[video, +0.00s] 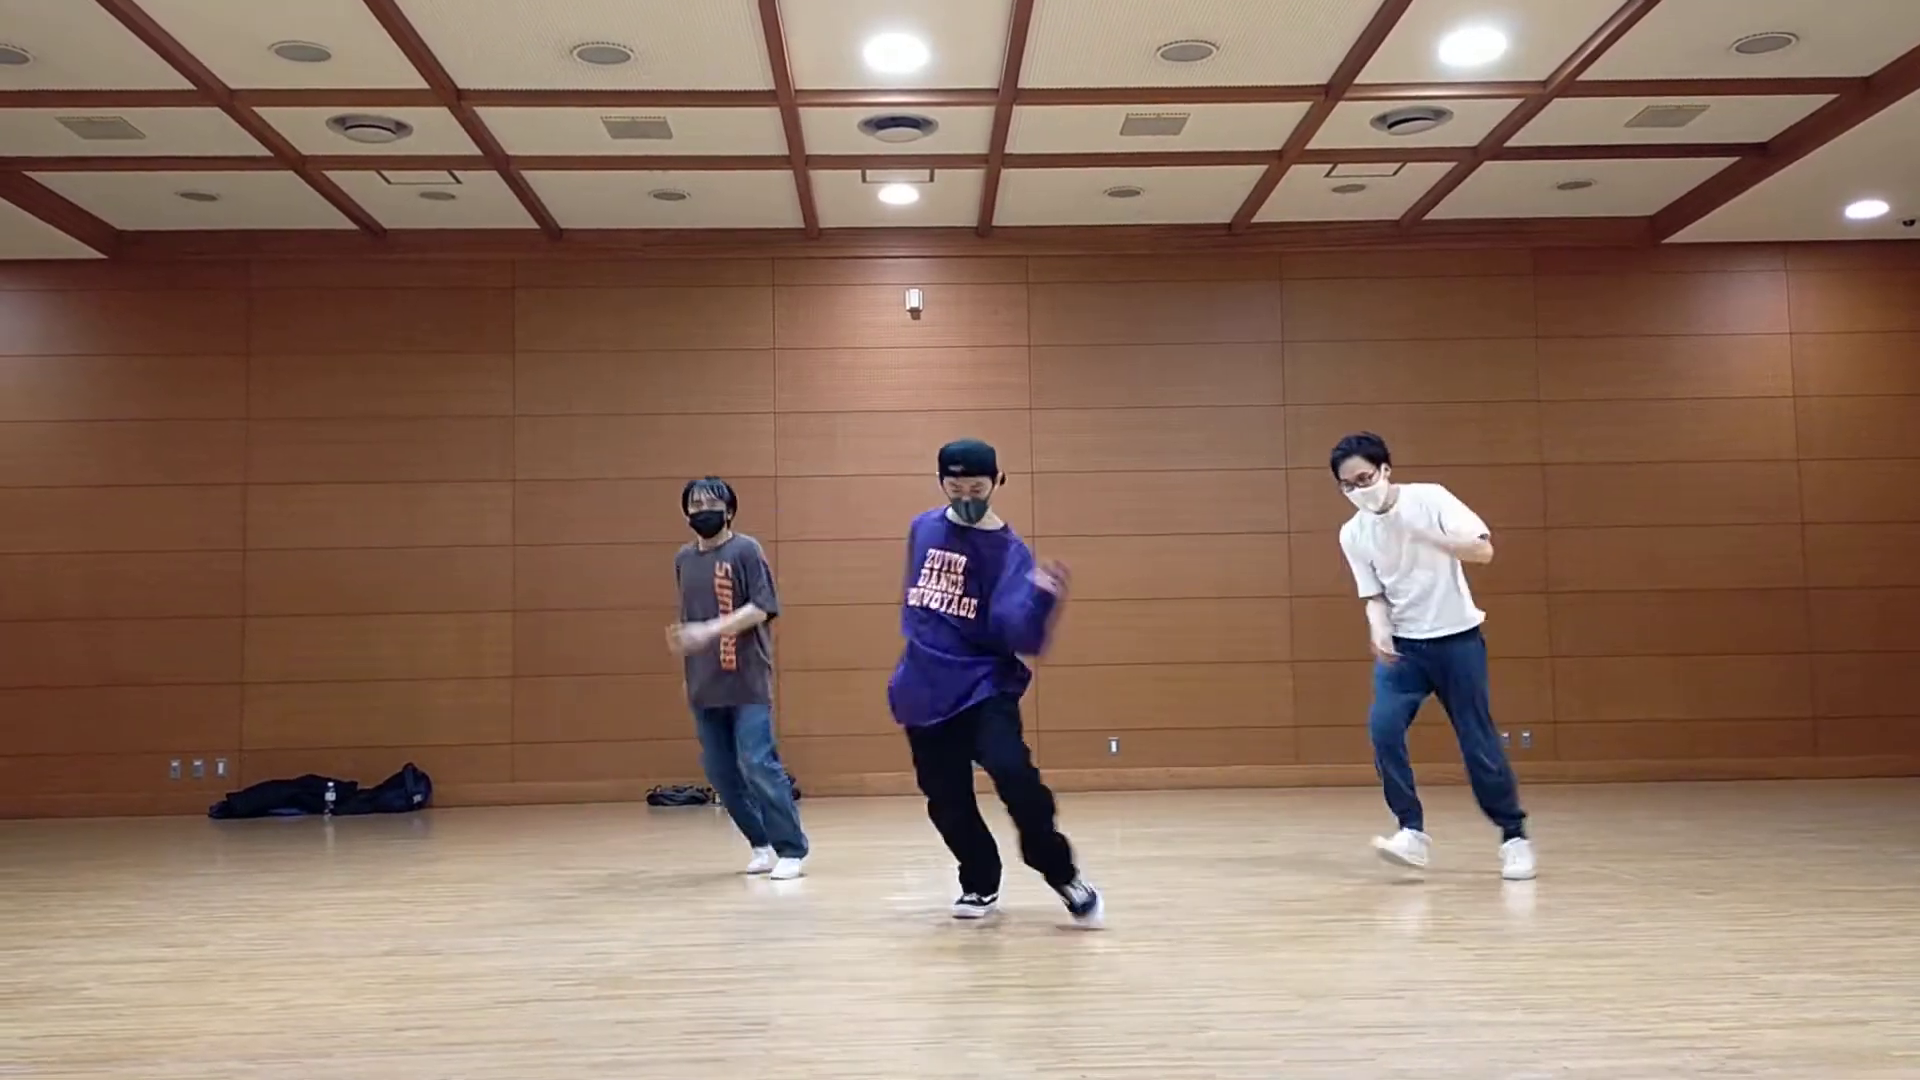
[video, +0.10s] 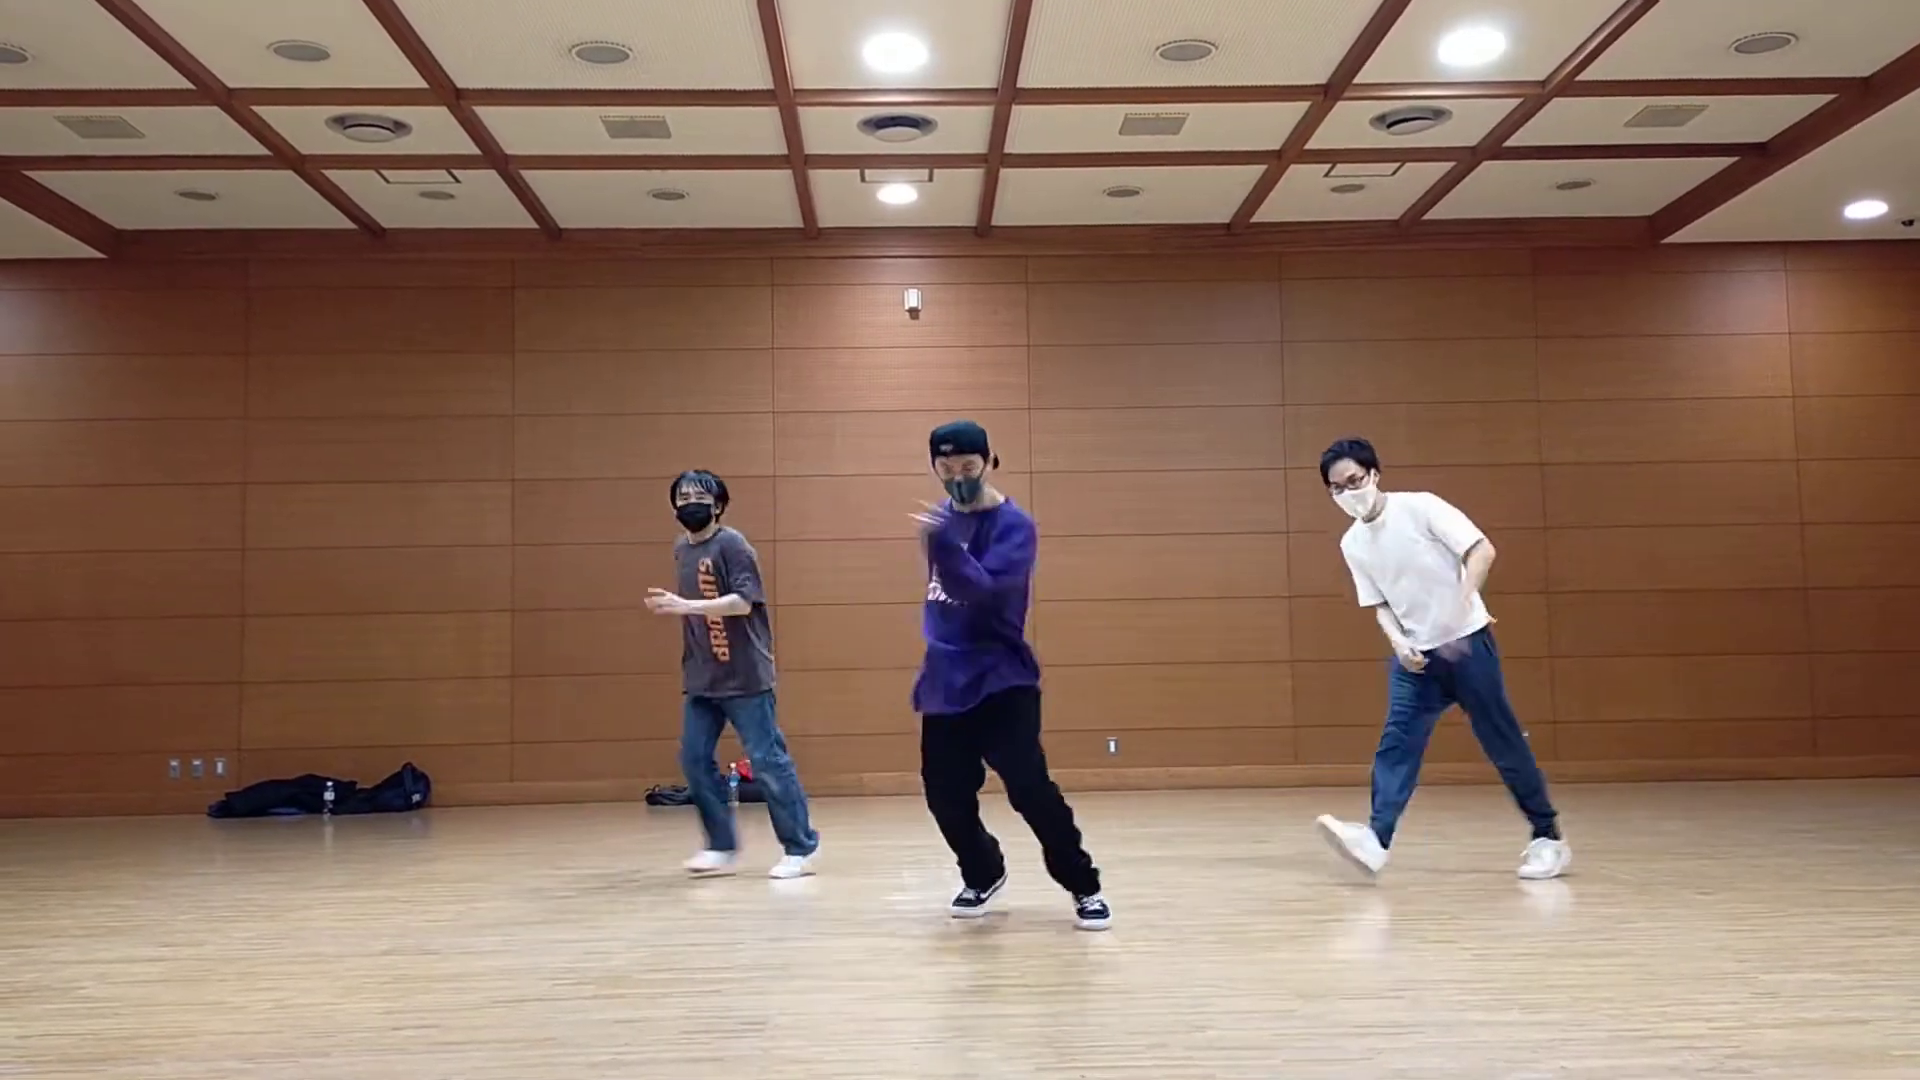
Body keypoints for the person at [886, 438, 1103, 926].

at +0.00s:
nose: (967, 495)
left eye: (978, 485)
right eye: (957, 485)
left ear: (994, 485)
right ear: (942, 485)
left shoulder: (1009, 552)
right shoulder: (923, 529)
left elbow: (1019, 637)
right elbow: (916, 604)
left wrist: (1041, 596)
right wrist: (912, 669)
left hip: (983, 687)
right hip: (925, 688)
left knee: (1014, 773)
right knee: (946, 800)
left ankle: (1060, 873)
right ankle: (980, 881)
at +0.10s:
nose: (955, 472)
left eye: (965, 461)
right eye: (945, 464)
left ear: (987, 463)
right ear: (936, 470)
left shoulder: (1014, 525)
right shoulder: (942, 524)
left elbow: (986, 592)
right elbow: (944, 604)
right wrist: (935, 669)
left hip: (1002, 677)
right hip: (946, 677)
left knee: (1028, 788)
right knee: (945, 793)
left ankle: (1083, 886)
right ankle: (985, 873)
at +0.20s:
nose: (938, 465)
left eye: (946, 453)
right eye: (927, 458)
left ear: (971, 451)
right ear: (919, 464)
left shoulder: (1003, 501)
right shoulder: (941, 511)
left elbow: (968, 560)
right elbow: (948, 596)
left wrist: (878, 543)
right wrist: (910, 653)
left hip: (1023, 655)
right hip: (970, 660)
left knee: (1031, 772)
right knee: (935, 768)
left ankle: (1117, 879)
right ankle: (985, 865)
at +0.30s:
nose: (919, 468)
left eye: (929, 456)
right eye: (909, 460)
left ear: (954, 454)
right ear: (901, 467)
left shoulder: (986, 502)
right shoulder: (932, 516)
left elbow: (948, 570)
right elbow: (924, 577)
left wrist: (863, 615)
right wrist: (881, 621)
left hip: (1038, 656)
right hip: (989, 664)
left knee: (1063, 772)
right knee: (954, 763)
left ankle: (1145, 883)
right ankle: (953, 896)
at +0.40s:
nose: (901, 475)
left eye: (911, 463)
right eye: (891, 467)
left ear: (937, 464)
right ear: (885, 473)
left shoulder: (969, 514)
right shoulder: (909, 524)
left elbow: (971, 602)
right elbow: (868, 572)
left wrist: (946, 682)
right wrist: (800, 599)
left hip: (1043, 658)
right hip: (995, 671)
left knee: (1085, 772)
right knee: (983, 785)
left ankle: (1146, 884)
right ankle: (950, 900)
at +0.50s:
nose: (882, 482)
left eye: (891, 471)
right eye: (872, 475)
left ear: (917, 470)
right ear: (865, 480)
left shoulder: (954, 520)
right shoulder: (878, 530)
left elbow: (1005, 597)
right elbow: (826, 569)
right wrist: (761, 598)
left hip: (1026, 669)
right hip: (973, 677)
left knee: (1076, 779)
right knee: (971, 787)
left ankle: (1140, 879)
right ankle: (953, 900)